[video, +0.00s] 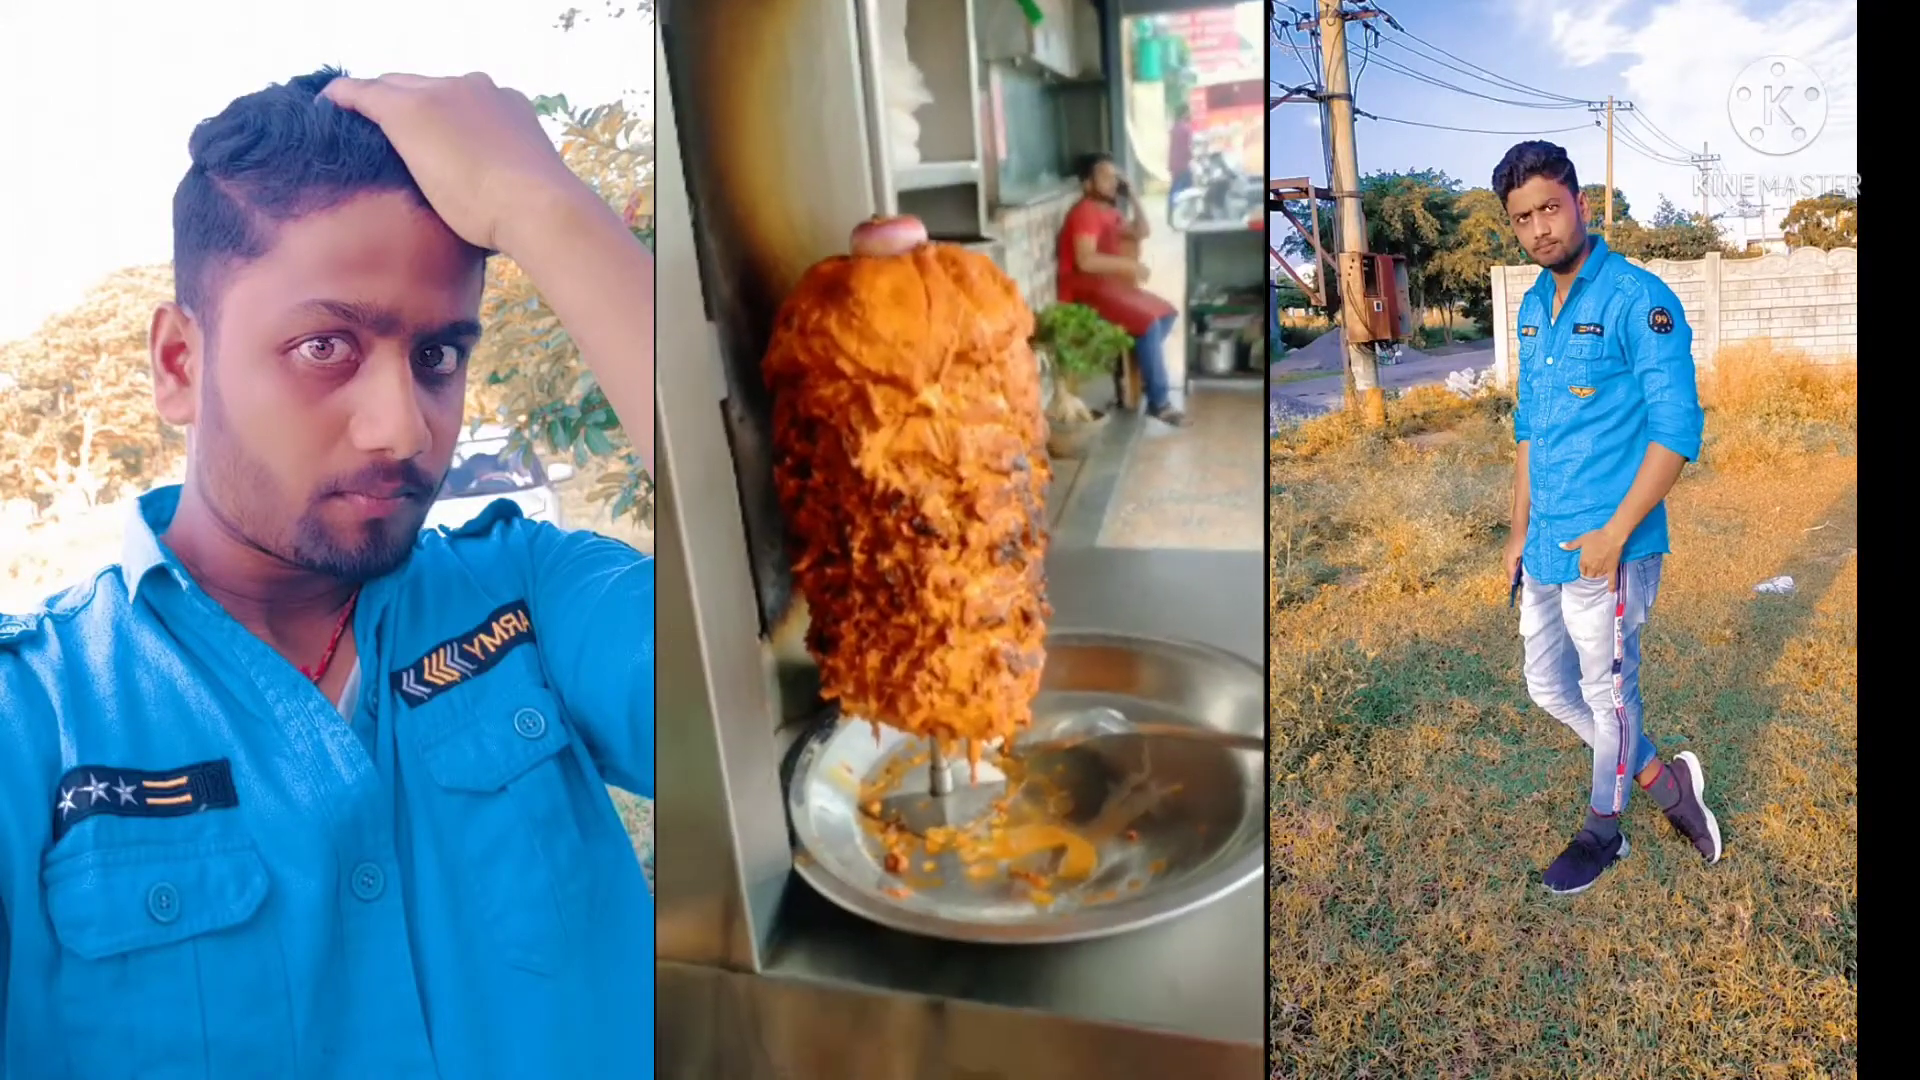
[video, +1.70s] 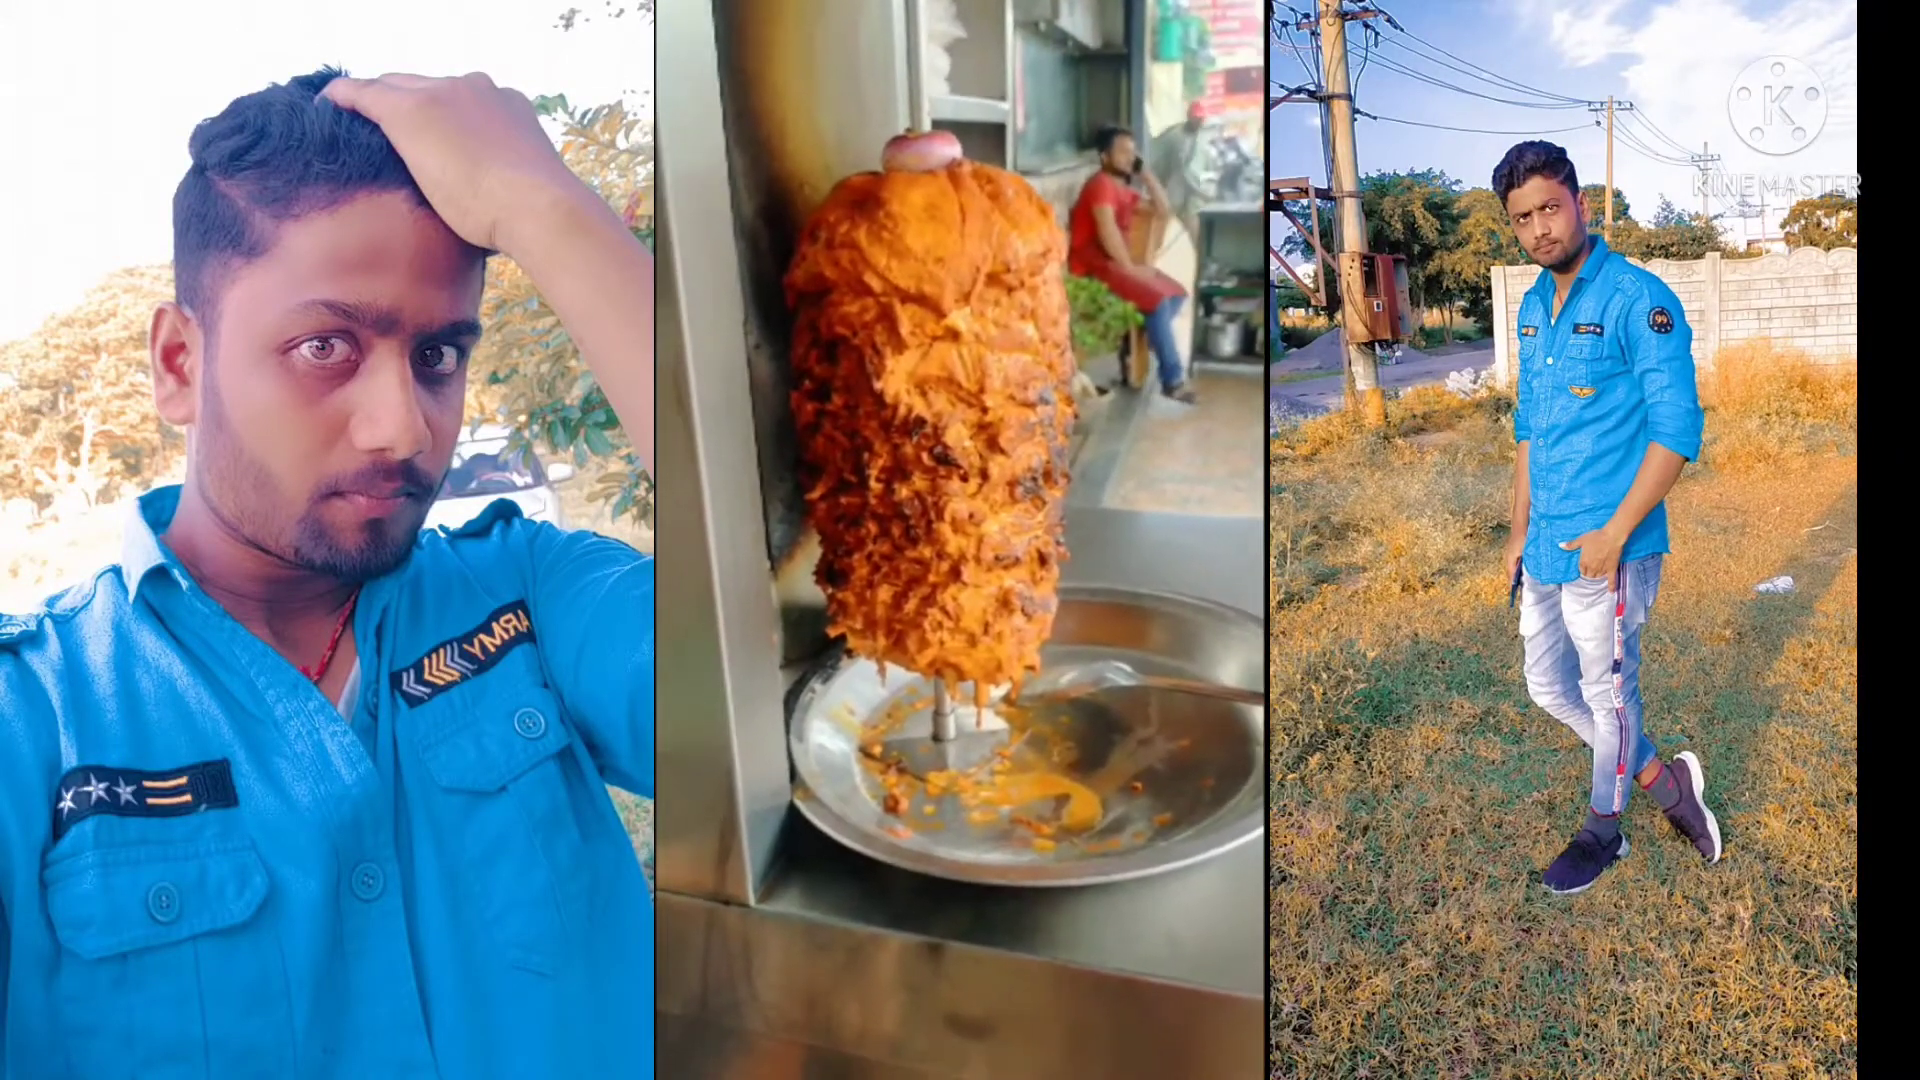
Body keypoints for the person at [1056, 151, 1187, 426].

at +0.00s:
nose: (1113, 183)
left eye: (1114, 177)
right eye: (1106, 177)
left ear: (1115, 182)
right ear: (1088, 182)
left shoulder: (1110, 213)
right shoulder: (1085, 212)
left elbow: (1140, 232)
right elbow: (1085, 260)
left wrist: (1132, 198)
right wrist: (1131, 266)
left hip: (1112, 284)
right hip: (1087, 289)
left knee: (1167, 314)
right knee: (1146, 322)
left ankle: (1127, 368)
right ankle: (1159, 403)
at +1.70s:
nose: (1131, 158)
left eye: (1133, 152)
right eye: (1124, 152)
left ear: (1134, 156)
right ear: (1105, 156)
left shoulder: (1124, 188)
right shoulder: (1100, 185)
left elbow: (1161, 210)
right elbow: (1106, 232)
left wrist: (1146, 176)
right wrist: (1128, 266)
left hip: (1117, 260)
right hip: (1093, 264)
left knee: (1176, 295)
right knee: (1156, 301)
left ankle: (1133, 344)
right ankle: (1173, 380)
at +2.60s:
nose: (1163, 140)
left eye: (1166, 134)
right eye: (1156, 134)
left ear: (1168, 140)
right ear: (1137, 140)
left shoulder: (1157, 173)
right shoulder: (1133, 168)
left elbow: (1194, 196)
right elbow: (1136, 218)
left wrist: (1180, 159)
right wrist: (1161, 254)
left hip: (1146, 246)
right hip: (1123, 248)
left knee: (1206, 279)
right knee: (1182, 285)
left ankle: (1167, 340)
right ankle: (1134, 347)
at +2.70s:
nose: (1178, 122)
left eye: (1181, 116)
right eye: (1171, 116)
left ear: (1183, 121)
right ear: (1153, 120)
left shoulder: (1172, 154)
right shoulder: (1148, 149)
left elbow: (1209, 178)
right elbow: (1150, 200)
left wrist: (1195, 141)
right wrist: (1175, 237)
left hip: (1163, 228)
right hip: (1139, 230)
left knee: (1220, 262)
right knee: (1198, 269)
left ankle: (1181, 322)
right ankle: (1148, 328)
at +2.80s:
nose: (1185, 84)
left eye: (1188, 79)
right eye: (1178, 78)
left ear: (1190, 83)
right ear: (1160, 82)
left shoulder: (1179, 117)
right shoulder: (1154, 112)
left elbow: (1215, 143)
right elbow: (1155, 162)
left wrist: (1202, 105)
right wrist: (1178, 202)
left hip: (1171, 193)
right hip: (1146, 194)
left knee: (1225, 229)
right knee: (1202, 236)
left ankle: (1183, 288)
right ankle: (1150, 295)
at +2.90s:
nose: (1196, 67)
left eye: (1199, 61)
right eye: (1189, 61)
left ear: (1201, 66)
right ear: (1170, 64)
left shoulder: (1188, 100)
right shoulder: (1164, 95)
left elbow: (1225, 128)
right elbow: (1165, 147)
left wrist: (1213, 88)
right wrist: (1189, 187)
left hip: (1179, 178)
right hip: (1154, 179)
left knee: (1235, 214)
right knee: (1211, 220)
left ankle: (1192, 270)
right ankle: (1158, 278)